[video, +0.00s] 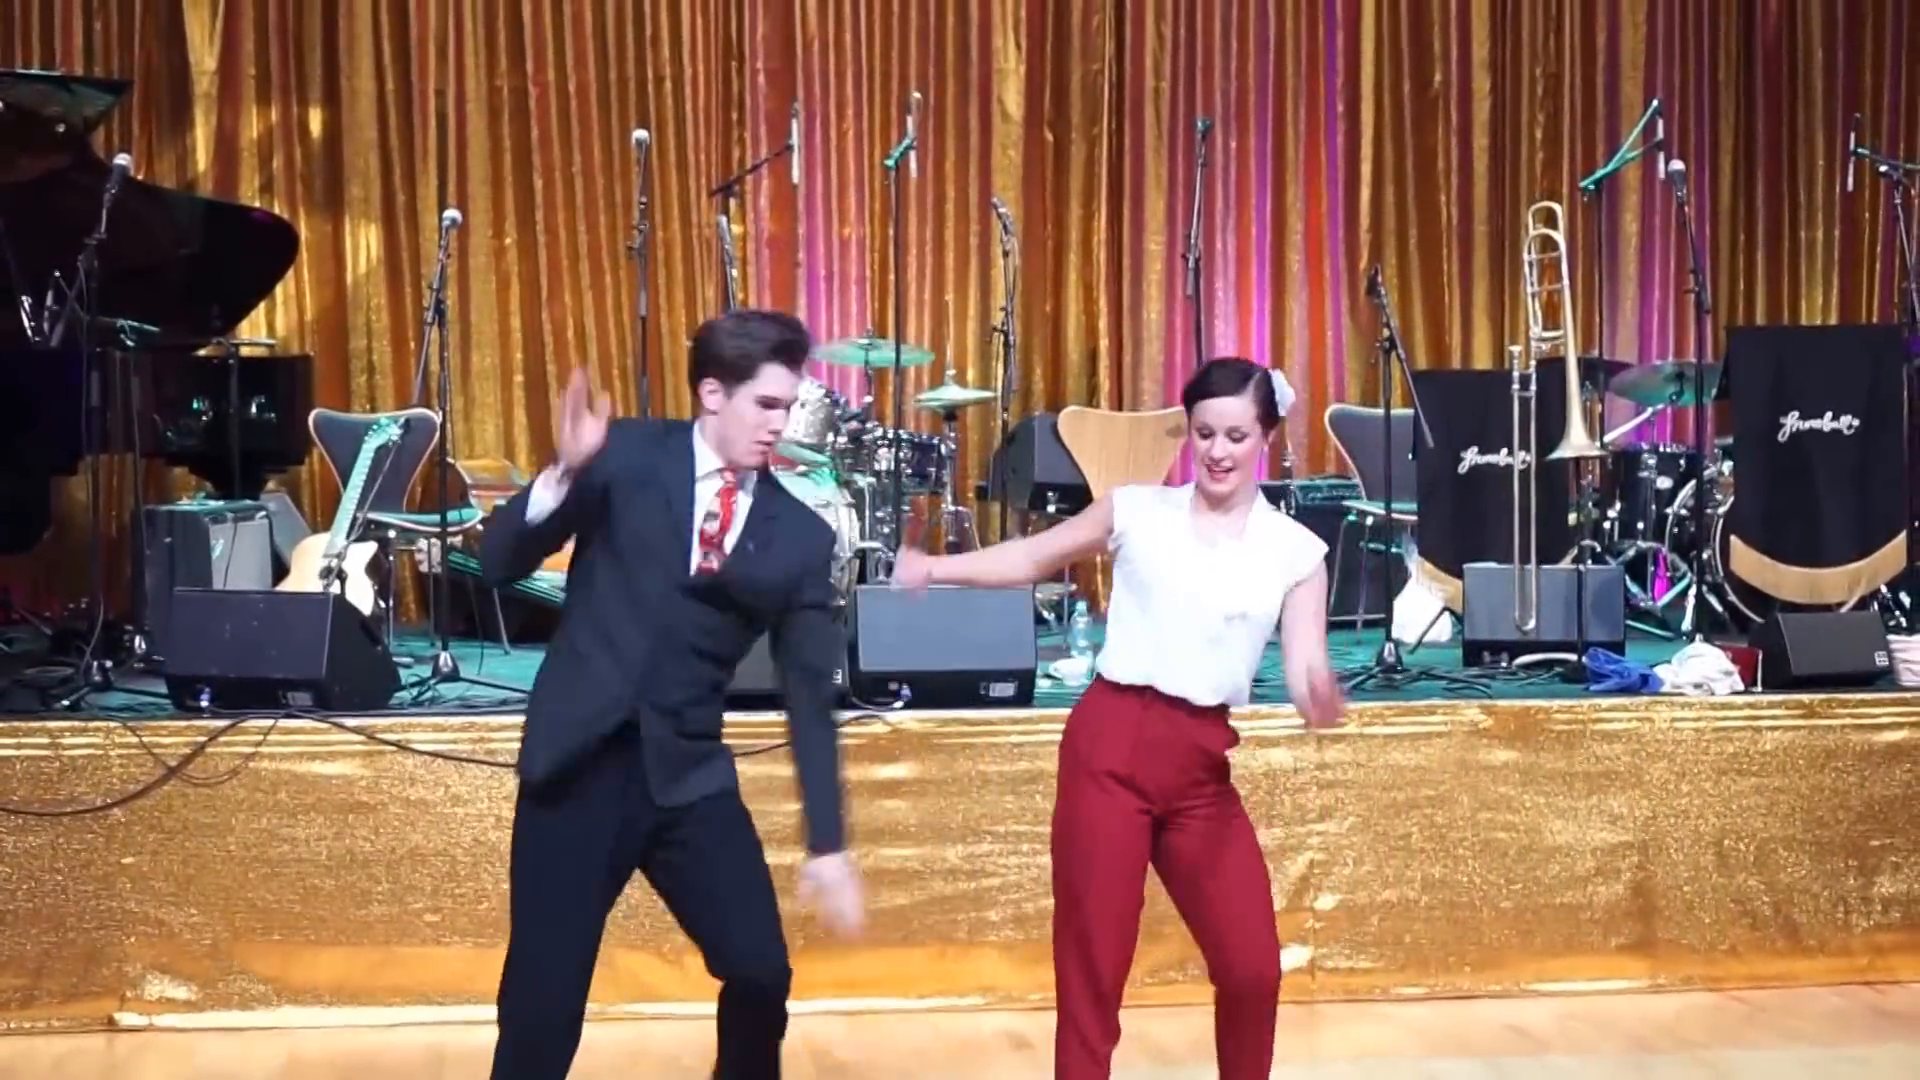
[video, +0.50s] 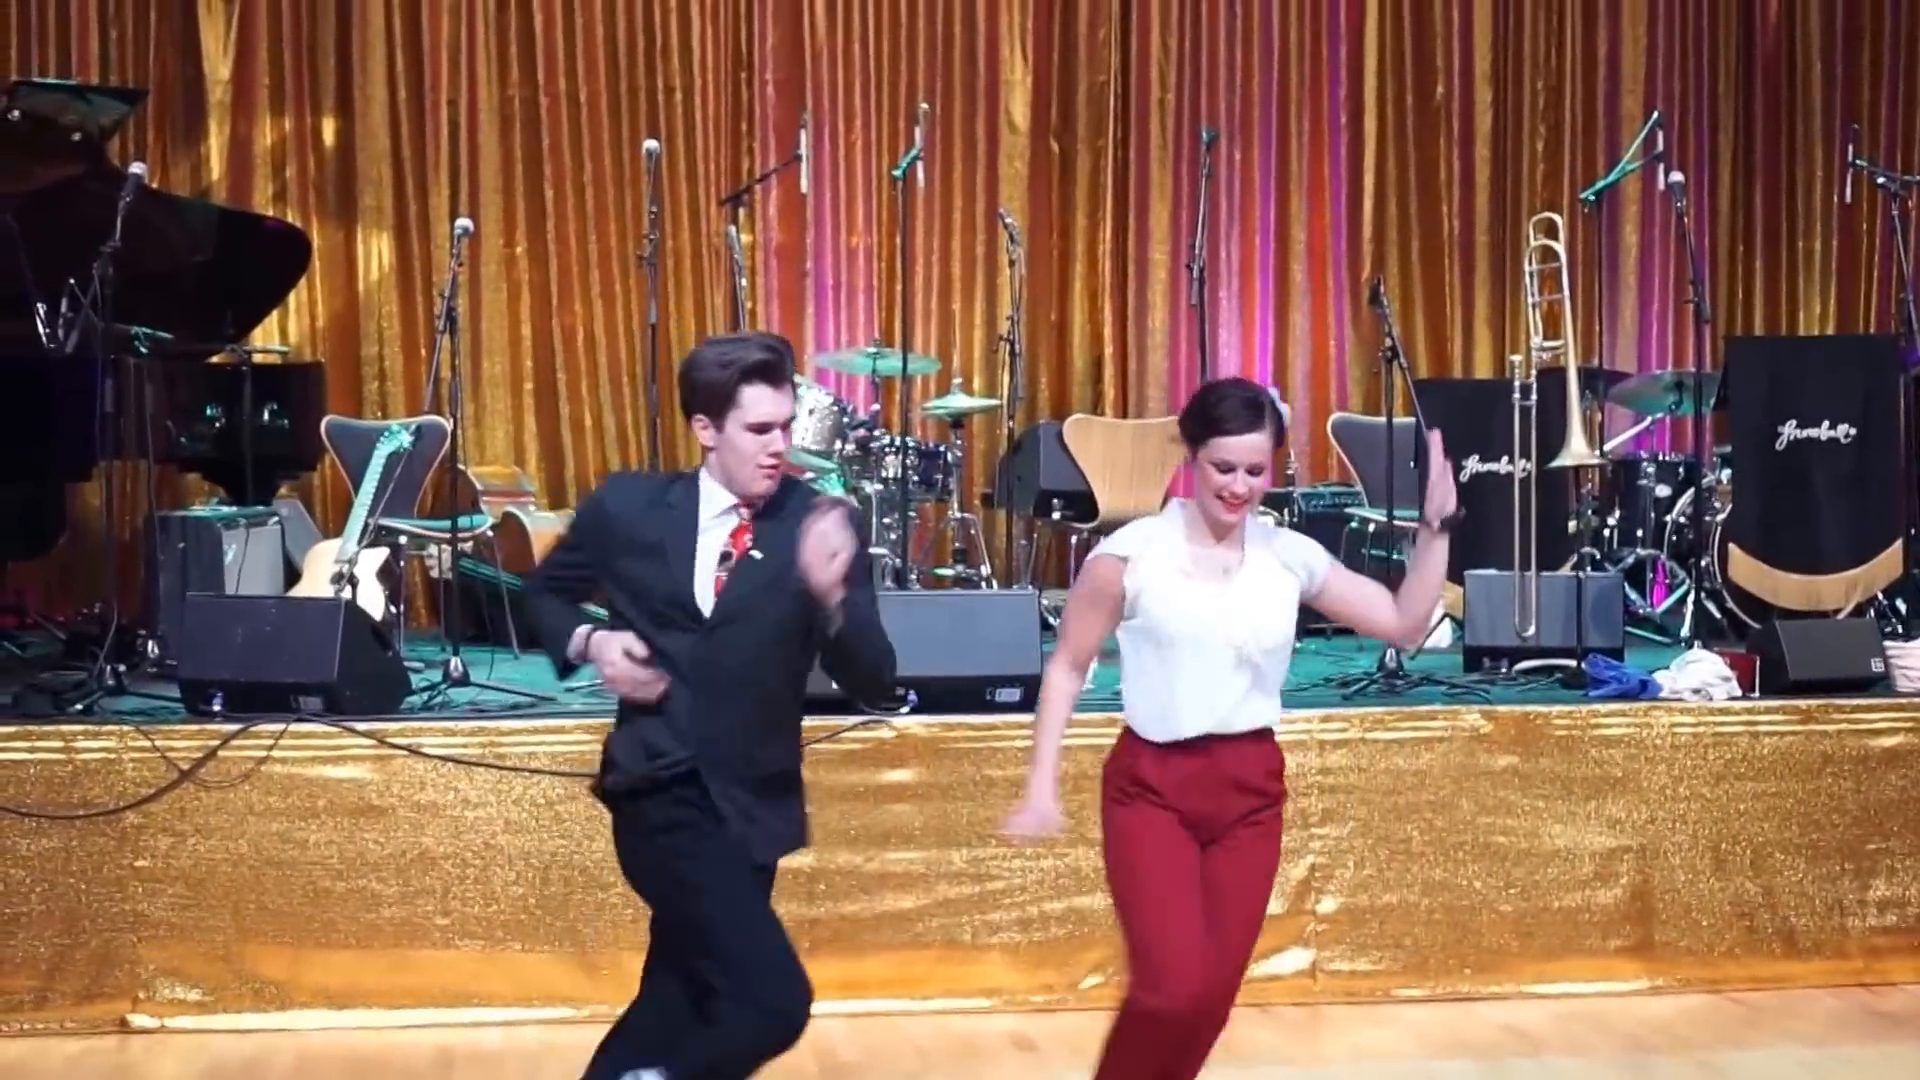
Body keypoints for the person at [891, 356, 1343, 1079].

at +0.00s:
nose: (1217, 451)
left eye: (1235, 435)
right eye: (1205, 433)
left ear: (1267, 437)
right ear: (1188, 433)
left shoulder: (1294, 551)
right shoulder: (1131, 509)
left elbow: (1310, 684)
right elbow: (1031, 557)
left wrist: (1324, 701)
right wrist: (934, 567)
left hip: (1199, 770)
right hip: (1107, 753)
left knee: (1253, 973)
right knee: (1093, 981)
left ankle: (1245, 1079)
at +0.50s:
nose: (1239, 487)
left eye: (1255, 471)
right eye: (1223, 468)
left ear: (1274, 468)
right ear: (1190, 458)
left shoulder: (1289, 557)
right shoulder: (1127, 555)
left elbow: (1405, 625)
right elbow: (1068, 666)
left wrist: (1434, 528)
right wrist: (1041, 791)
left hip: (1250, 801)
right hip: (1150, 796)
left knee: (1207, 1008)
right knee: (1171, 994)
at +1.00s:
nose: (1520, 460)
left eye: (1523, 441)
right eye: (1506, 441)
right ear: (1449, 443)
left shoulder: (1540, 509)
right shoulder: (1368, 532)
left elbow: (1623, 564)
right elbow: (1243, 602)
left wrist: (1686, 588)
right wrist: (1250, 565)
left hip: (1522, 792)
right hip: (1408, 796)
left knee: (1588, 1023)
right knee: (1387, 1033)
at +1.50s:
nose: (1735, 482)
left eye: (1734, 466)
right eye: (1723, 466)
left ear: (1676, 476)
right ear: (1671, 476)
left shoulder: (1743, 549)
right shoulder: (1587, 588)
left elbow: (1776, 650)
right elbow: (1607, 731)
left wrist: (1854, 708)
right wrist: (1688, 816)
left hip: (1745, 796)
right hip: (1640, 811)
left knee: (1861, 971)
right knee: (1665, 1044)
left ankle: (1785, 999)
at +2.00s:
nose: (1903, 462)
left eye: (1903, 444)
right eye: (1893, 445)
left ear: (1849, 452)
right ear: (1842, 450)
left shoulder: (1878, 551)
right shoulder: (1725, 537)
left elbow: (1906, 675)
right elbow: (1640, 643)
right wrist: (1553, 735)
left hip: (1858, 790)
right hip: (1758, 793)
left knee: (1881, 1015)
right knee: (1749, 1027)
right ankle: (1645, 969)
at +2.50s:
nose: (1622, 453)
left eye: (1638, 436)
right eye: (1618, 438)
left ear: (1694, 440)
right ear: (1617, 444)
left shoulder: (1760, 548)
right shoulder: (1591, 531)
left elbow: (1782, 684)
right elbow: (1515, 599)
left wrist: (1795, 650)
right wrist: (1435, 651)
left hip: (1725, 792)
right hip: (1617, 794)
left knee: (1776, 1008)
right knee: (1572, 1002)